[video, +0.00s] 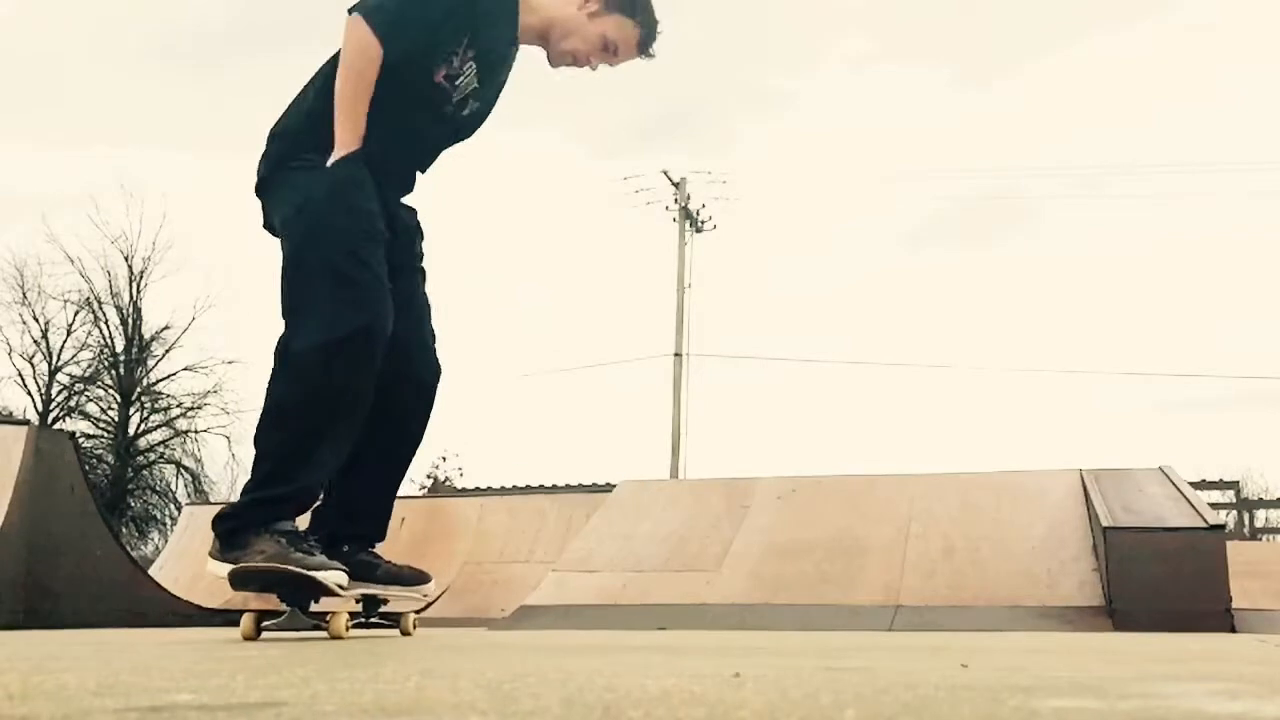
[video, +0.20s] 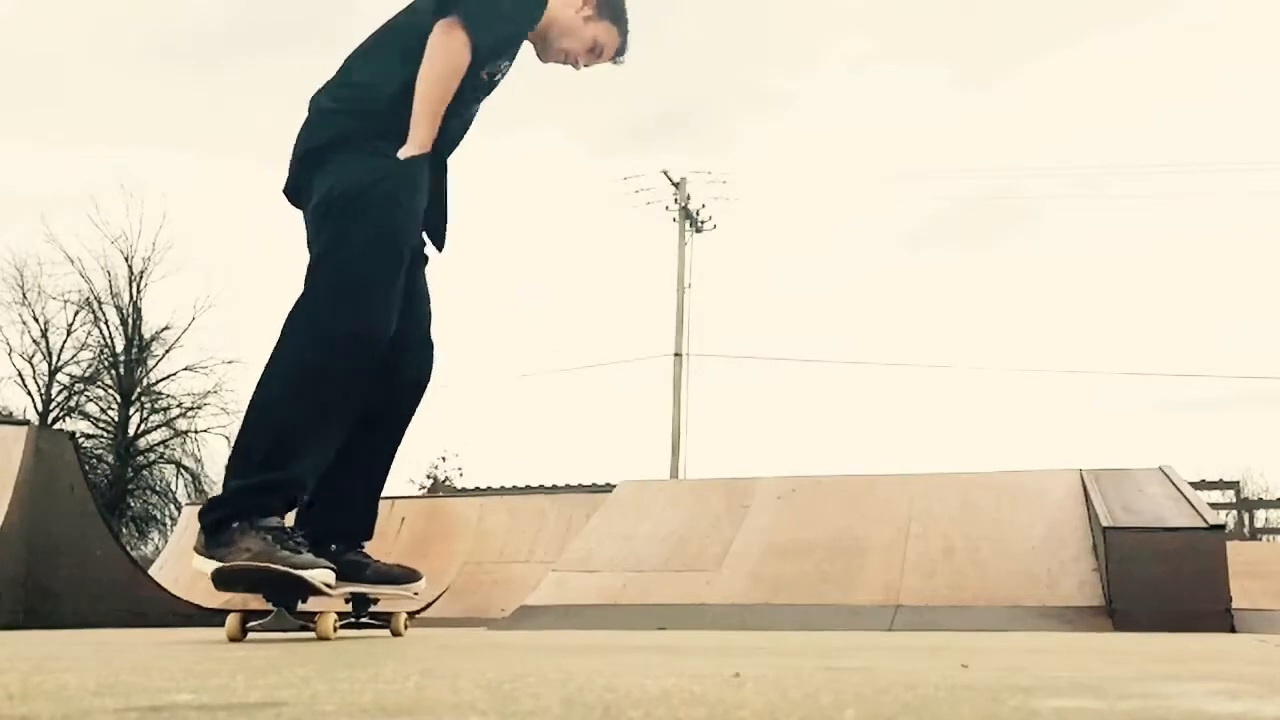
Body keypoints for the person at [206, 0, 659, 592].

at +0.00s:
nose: (595, 63)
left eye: (608, 61)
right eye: (605, 46)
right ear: (586, 6)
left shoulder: (495, 68)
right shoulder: (476, 9)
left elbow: (410, 134)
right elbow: (366, 28)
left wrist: (394, 196)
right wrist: (346, 156)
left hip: (383, 194)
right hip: (322, 165)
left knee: (410, 371)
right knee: (348, 331)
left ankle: (342, 541)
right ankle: (256, 526)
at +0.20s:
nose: (582, 62)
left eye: (594, 62)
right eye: (595, 48)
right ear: (583, 4)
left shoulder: (499, 42)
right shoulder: (518, 5)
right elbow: (454, 33)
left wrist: (417, 183)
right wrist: (417, 147)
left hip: (394, 180)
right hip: (367, 154)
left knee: (402, 360)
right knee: (348, 323)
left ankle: (331, 538)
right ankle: (240, 519)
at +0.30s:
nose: (567, 51)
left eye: (578, 52)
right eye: (579, 38)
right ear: (569, 3)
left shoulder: (452, 14)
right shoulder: (530, 6)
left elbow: (370, 81)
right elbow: (490, 47)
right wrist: (473, 156)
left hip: (356, 156)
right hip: (401, 153)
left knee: (369, 338)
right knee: (406, 328)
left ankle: (327, 538)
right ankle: (274, 497)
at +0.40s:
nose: (567, 43)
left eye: (576, 42)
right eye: (579, 31)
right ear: (575, 1)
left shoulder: (432, 15)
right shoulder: (543, 2)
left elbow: (362, 94)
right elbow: (512, 47)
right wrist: (509, 164)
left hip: (362, 154)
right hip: (441, 146)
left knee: (378, 344)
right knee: (472, 331)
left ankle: (304, 530)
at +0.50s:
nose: (583, 34)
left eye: (592, 31)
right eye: (594, 22)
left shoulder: (432, 8)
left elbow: (377, 94)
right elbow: (527, 53)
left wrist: (386, 171)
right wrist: (540, 171)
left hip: (385, 168)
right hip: (473, 163)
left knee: (399, 364)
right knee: (534, 345)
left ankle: (344, 522)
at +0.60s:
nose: (609, 25)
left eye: (616, 23)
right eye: (618, 15)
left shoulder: (458, 10)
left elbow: (404, 102)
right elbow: (547, 61)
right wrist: (567, 175)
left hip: (411, 185)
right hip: (506, 180)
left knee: (433, 373)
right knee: (572, 359)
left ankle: (411, 530)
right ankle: (584, 532)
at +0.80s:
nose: (671, 17)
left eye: (674, 11)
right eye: (675, 9)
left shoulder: (517, 8)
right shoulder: (637, 1)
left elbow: (479, 106)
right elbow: (617, 77)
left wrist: (490, 180)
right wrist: (631, 190)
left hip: (482, 195)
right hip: (579, 198)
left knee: (477, 369)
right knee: (594, 383)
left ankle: (450, 518)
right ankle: (585, 535)